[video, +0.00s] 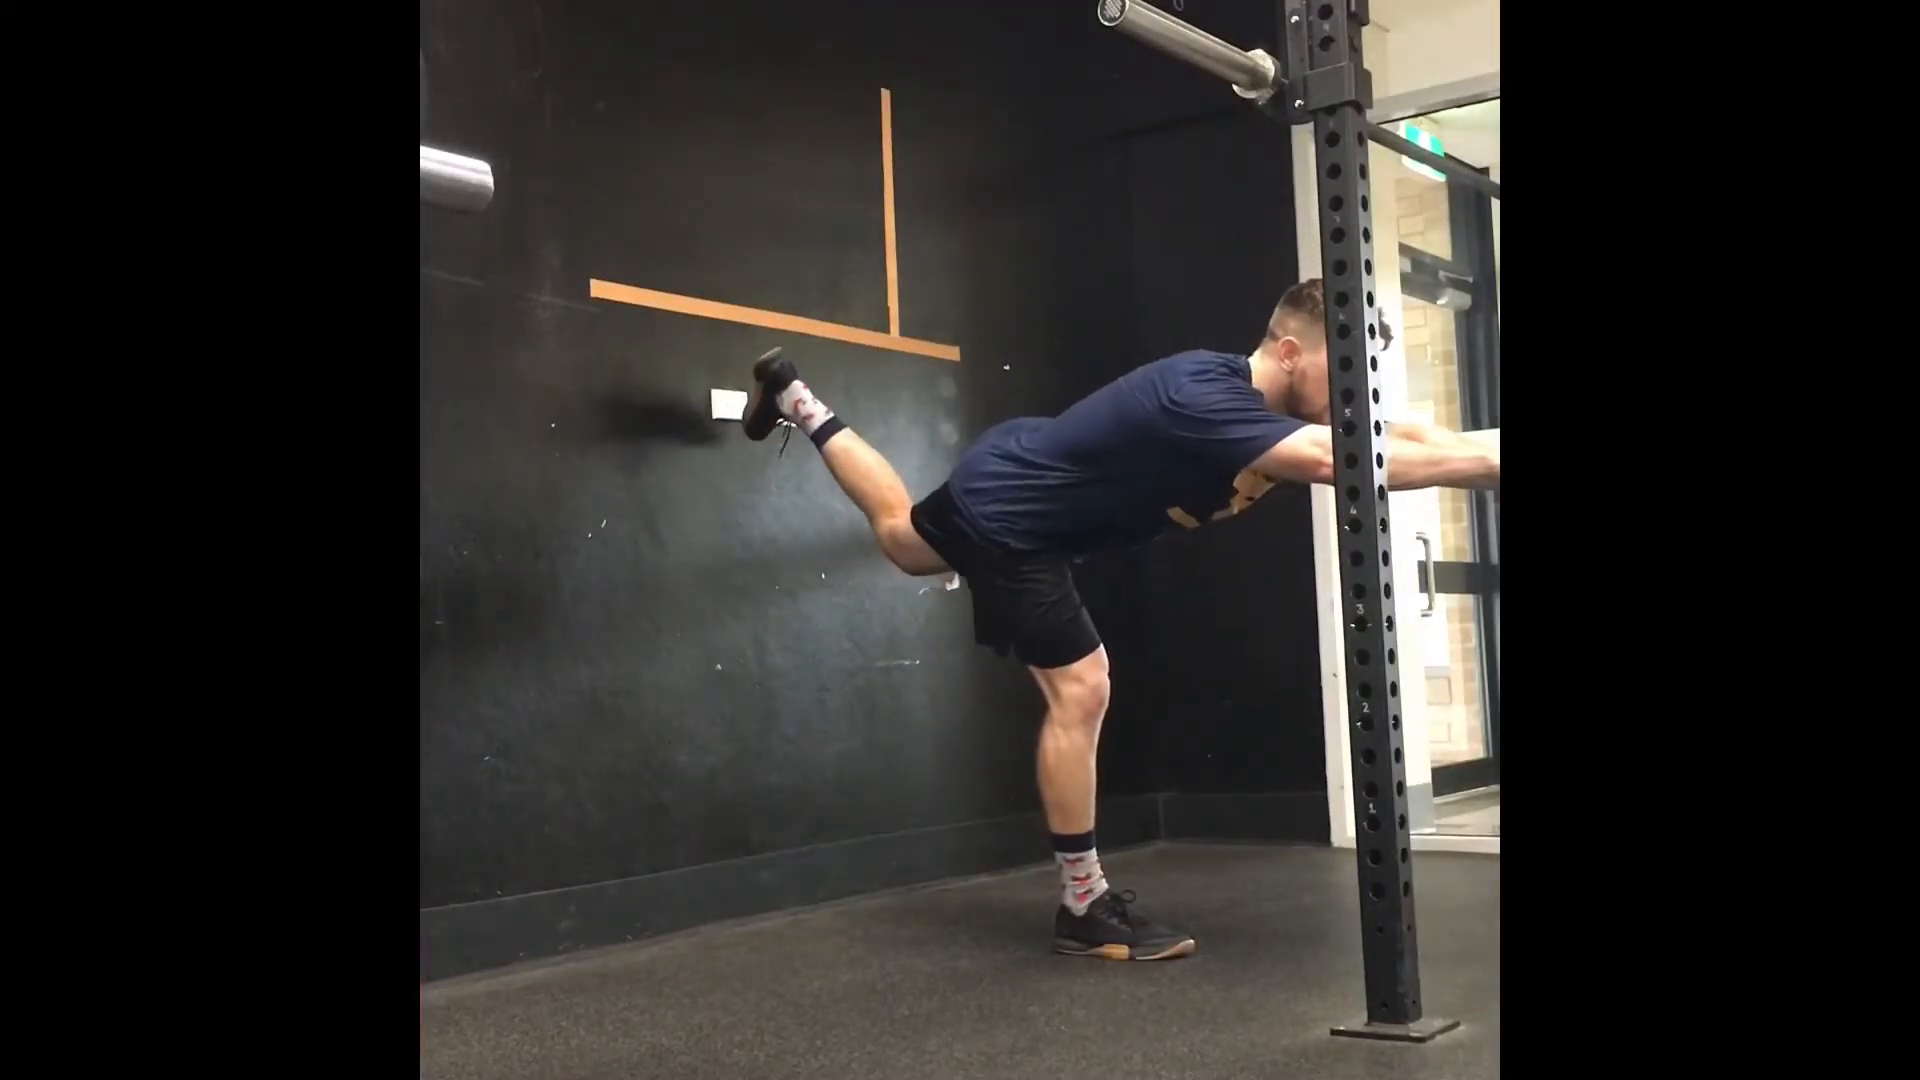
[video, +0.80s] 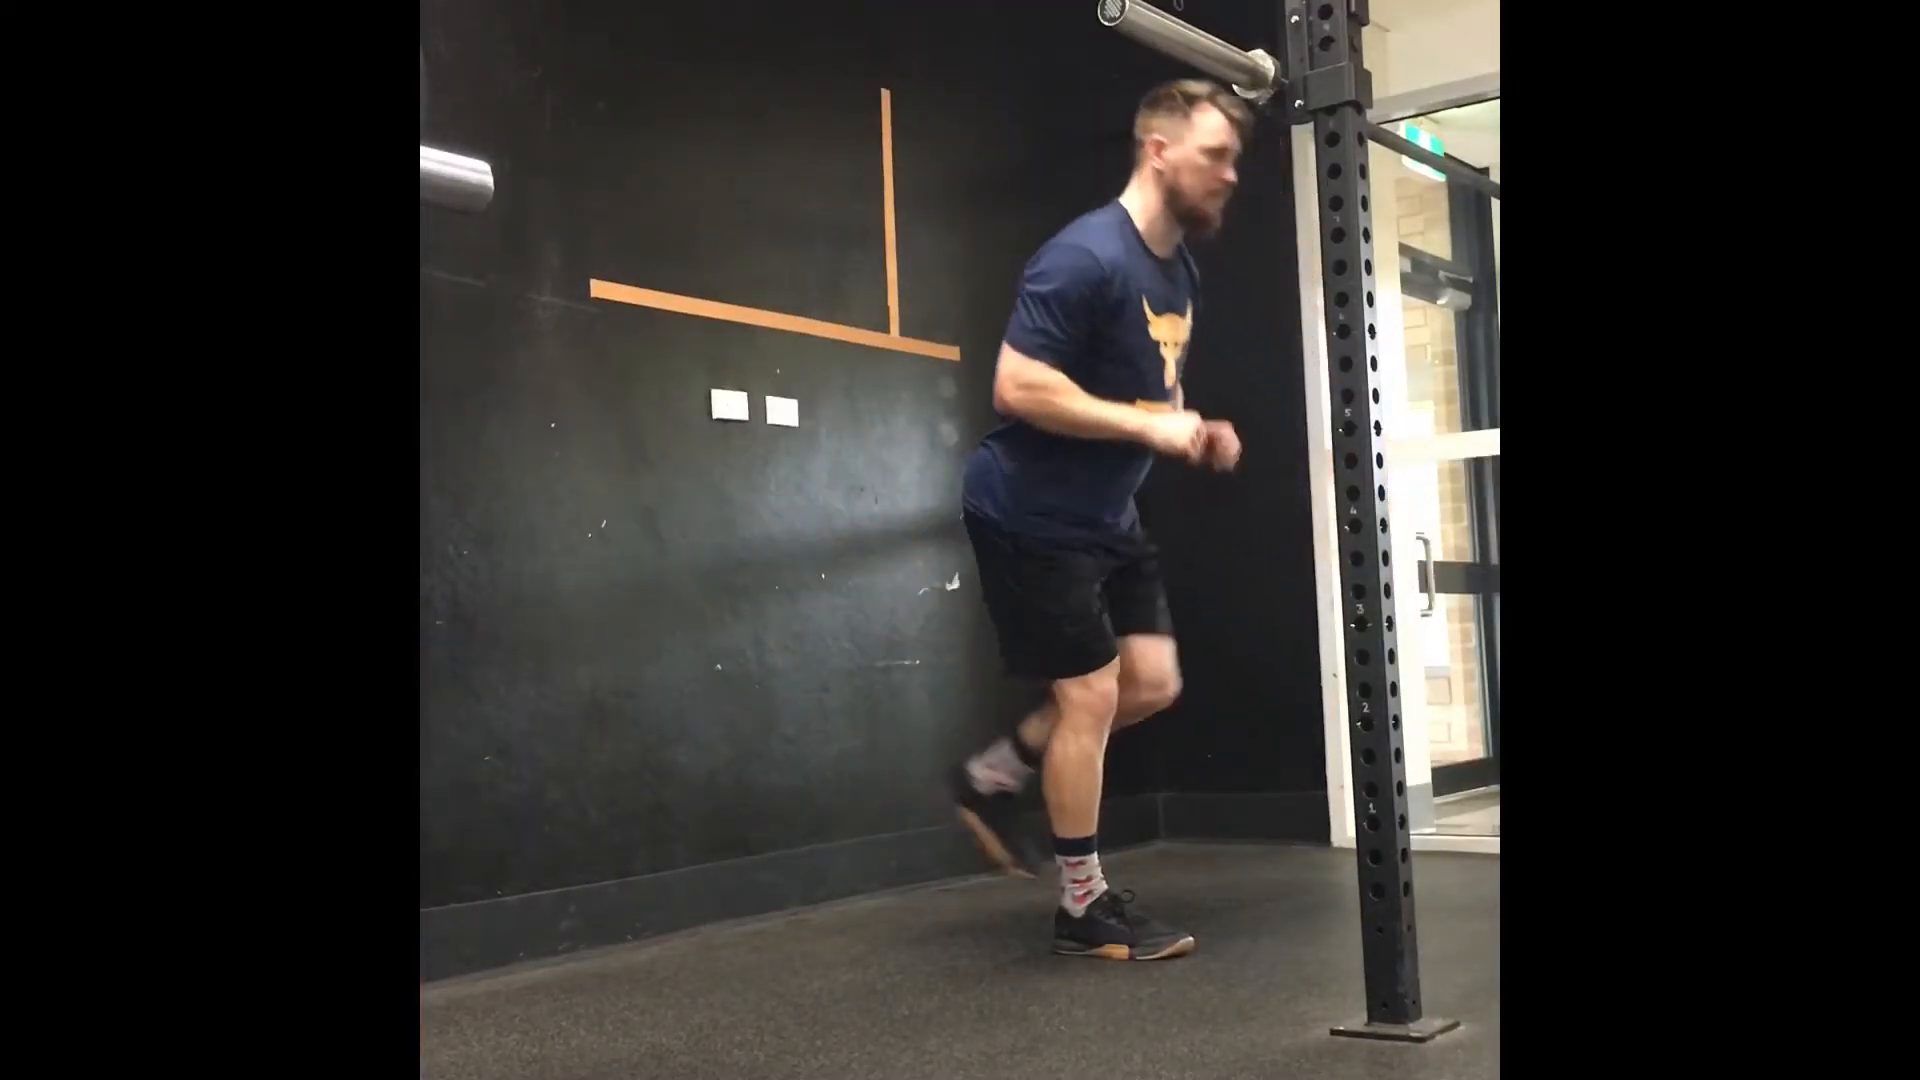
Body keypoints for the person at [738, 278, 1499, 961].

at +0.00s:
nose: (1342, 390)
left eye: (1348, 375)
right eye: (1339, 372)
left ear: (1299, 357)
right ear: (1292, 353)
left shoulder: (1246, 394)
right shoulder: (1212, 402)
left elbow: (1379, 427)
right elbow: (1346, 462)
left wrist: (1473, 449)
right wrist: (1481, 463)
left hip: (1015, 483)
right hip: (1002, 517)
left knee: (905, 543)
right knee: (1079, 690)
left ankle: (798, 405)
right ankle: (1081, 901)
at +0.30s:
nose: (1337, 329)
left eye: (1340, 313)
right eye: (1329, 308)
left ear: (1294, 302)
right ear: (1277, 293)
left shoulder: (1281, 385)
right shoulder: (1175, 350)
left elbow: (1338, 495)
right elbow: (1225, 494)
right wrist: (1367, 523)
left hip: (1050, 520)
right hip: (1004, 504)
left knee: (926, 598)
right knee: (1082, 687)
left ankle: (797, 483)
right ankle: (1083, 907)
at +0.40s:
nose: (1328, 304)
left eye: (1332, 287)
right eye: (1320, 284)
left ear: (1280, 280)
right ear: (1260, 272)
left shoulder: (1266, 373)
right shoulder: (1160, 340)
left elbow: (1291, 496)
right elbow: (1161, 495)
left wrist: (1381, 562)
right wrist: (1304, 543)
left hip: (1055, 522)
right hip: (1009, 507)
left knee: (945, 631)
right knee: (1085, 690)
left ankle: (805, 538)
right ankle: (1082, 906)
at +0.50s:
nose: (1317, 273)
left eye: (1321, 254)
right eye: (1306, 252)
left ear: (1266, 250)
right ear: (1246, 244)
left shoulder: (1248, 351)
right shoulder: (1144, 324)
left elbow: (1244, 476)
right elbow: (1105, 471)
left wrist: (1291, 558)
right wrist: (1236, 535)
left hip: (1069, 522)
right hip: (1013, 507)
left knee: (974, 662)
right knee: (1090, 691)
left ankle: (823, 598)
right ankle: (1083, 904)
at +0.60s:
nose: (1299, 242)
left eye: (1302, 224)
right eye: (1285, 222)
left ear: (1250, 225)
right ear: (1225, 217)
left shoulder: (1230, 331)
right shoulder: (1127, 305)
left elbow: (1207, 441)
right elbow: (1064, 443)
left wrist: (1234, 520)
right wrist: (1192, 513)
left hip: (1081, 525)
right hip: (1019, 509)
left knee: (1028, 694)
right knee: (1093, 690)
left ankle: (861, 666)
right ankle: (1084, 903)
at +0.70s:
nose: (1269, 209)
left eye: (1273, 192)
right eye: (1254, 189)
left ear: (1216, 192)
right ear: (1195, 184)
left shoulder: (1208, 299)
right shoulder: (1105, 281)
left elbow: (1184, 402)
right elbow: (1035, 412)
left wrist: (1203, 478)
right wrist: (1162, 469)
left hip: (1099, 517)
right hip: (1026, 511)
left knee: (1075, 694)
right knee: (1088, 695)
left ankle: (917, 732)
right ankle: (1083, 903)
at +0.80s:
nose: (1231, 177)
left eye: (1235, 161)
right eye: (1217, 157)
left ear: (1182, 160)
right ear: (1157, 152)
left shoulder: (1178, 271)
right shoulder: (1081, 258)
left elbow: (1137, 393)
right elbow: (1018, 388)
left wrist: (1195, 431)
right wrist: (1149, 424)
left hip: (1110, 514)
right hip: (1030, 515)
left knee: (1148, 682)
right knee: (1084, 698)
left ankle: (991, 777)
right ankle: (1082, 904)